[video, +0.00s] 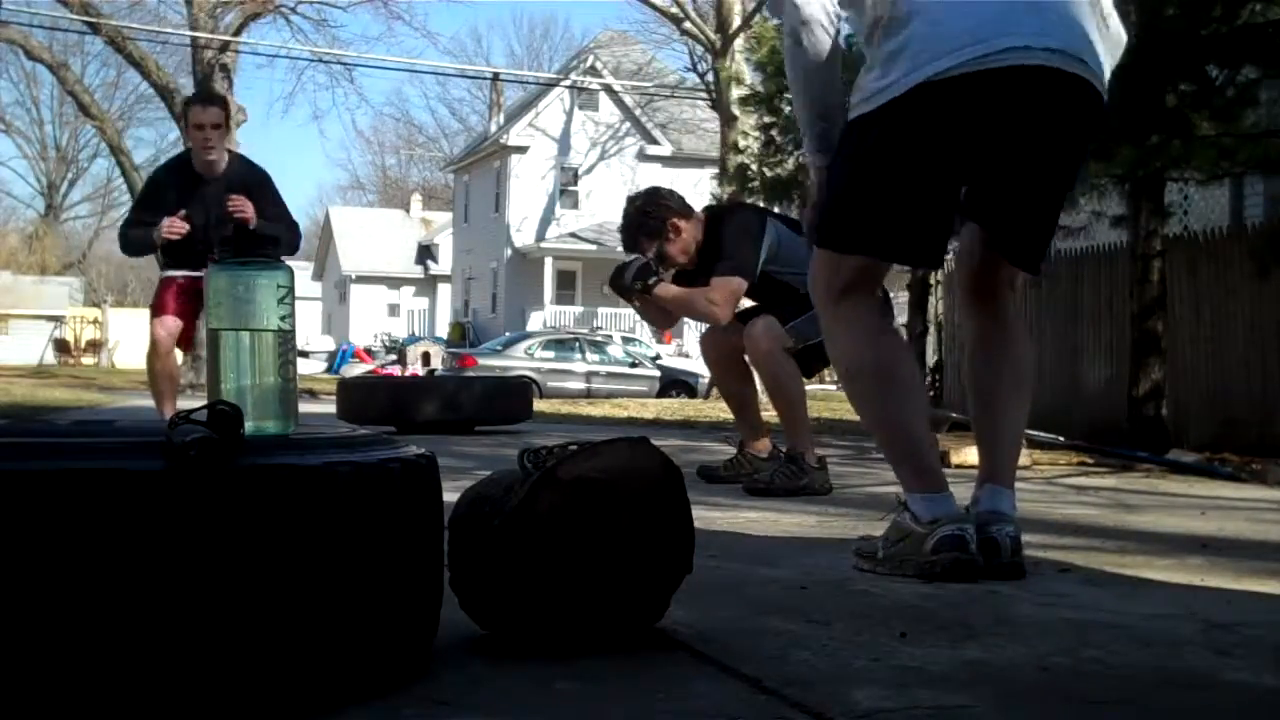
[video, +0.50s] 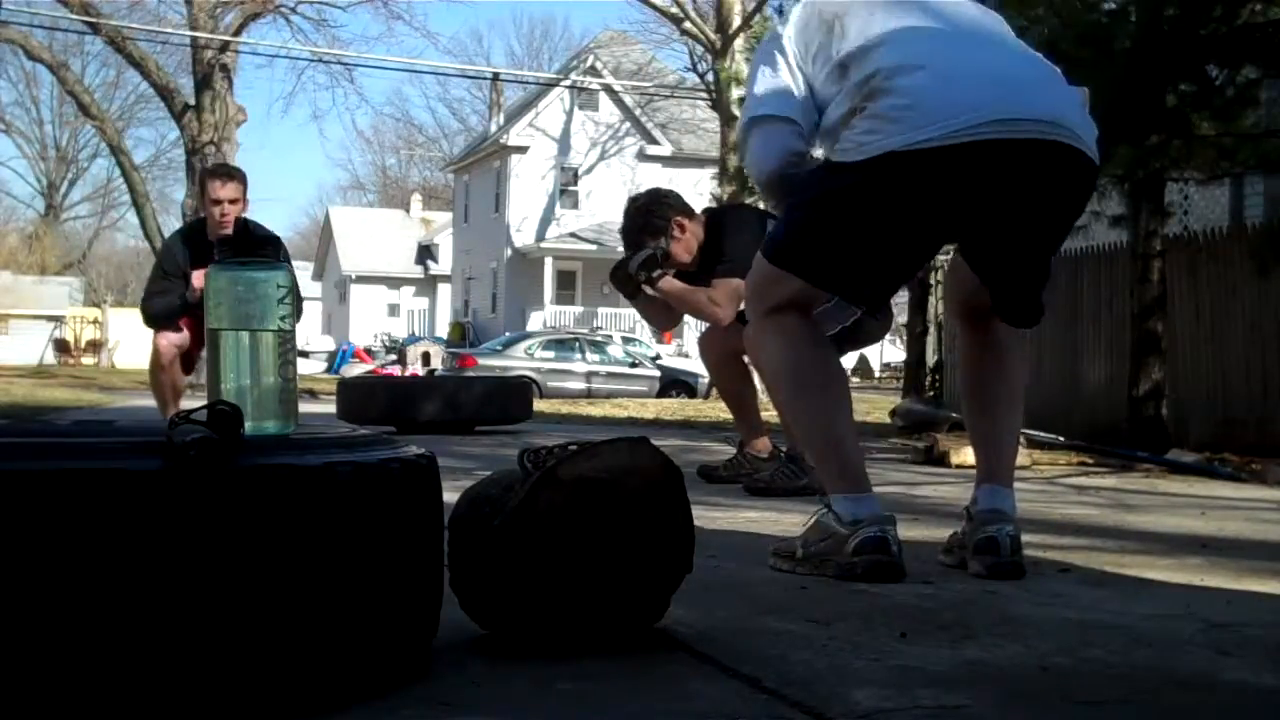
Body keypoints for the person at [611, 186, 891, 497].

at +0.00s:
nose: (662, 267)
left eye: (659, 256)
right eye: (655, 261)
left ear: (676, 228)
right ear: (678, 227)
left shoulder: (738, 224)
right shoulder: (697, 249)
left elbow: (719, 308)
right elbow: (665, 320)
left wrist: (657, 287)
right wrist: (637, 297)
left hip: (843, 303)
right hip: (798, 309)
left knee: (761, 335)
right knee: (717, 342)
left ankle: (806, 461)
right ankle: (758, 452)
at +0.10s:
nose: (667, 271)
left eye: (662, 261)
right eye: (659, 267)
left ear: (676, 232)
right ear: (676, 230)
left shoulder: (740, 226)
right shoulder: (699, 249)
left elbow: (720, 311)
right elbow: (666, 323)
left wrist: (655, 291)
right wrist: (637, 299)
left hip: (835, 308)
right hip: (795, 314)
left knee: (762, 334)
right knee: (716, 341)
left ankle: (807, 462)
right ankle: (757, 451)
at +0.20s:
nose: (664, 270)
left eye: (662, 259)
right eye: (656, 265)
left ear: (678, 230)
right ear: (679, 229)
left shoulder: (736, 225)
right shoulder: (694, 253)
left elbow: (721, 311)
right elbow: (666, 325)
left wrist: (658, 290)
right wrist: (636, 299)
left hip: (855, 312)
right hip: (808, 317)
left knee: (762, 334)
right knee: (717, 342)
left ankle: (805, 461)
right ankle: (757, 451)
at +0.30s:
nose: (666, 267)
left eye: (663, 256)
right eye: (658, 261)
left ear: (679, 226)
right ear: (681, 225)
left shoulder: (736, 225)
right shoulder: (695, 251)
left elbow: (719, 309)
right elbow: (668, 322)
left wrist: (659, 287)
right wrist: (636, 299)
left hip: (862, 306)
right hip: (812, 312)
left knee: (762, 335)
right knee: (717, 341)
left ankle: (806, 458)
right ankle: (757, 450)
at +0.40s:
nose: (667, 266)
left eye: (664, 255)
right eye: (658, 260)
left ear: (681, 225)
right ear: (682, 224)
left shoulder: (737, 224)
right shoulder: (694, 249)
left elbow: (720, 309)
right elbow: (667, 320)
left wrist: (657, 283)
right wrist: (635, 296)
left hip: (858, 305)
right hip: (809, 308)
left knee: (767, 338)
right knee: (716, 342)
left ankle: (805, 458)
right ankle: (757, 449)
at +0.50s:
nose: (668, 270)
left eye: (664, 258)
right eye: (659, 263)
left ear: (680, 227)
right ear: (681, 226)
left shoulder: (737, 225)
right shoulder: (695, 249)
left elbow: (722, 311)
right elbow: (666, 321)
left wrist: (661, 280)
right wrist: (636, 296)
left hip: (856, 307)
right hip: (804, 309)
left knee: (766, 339)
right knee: (715, 344)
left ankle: (804, 458)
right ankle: (757, 449)